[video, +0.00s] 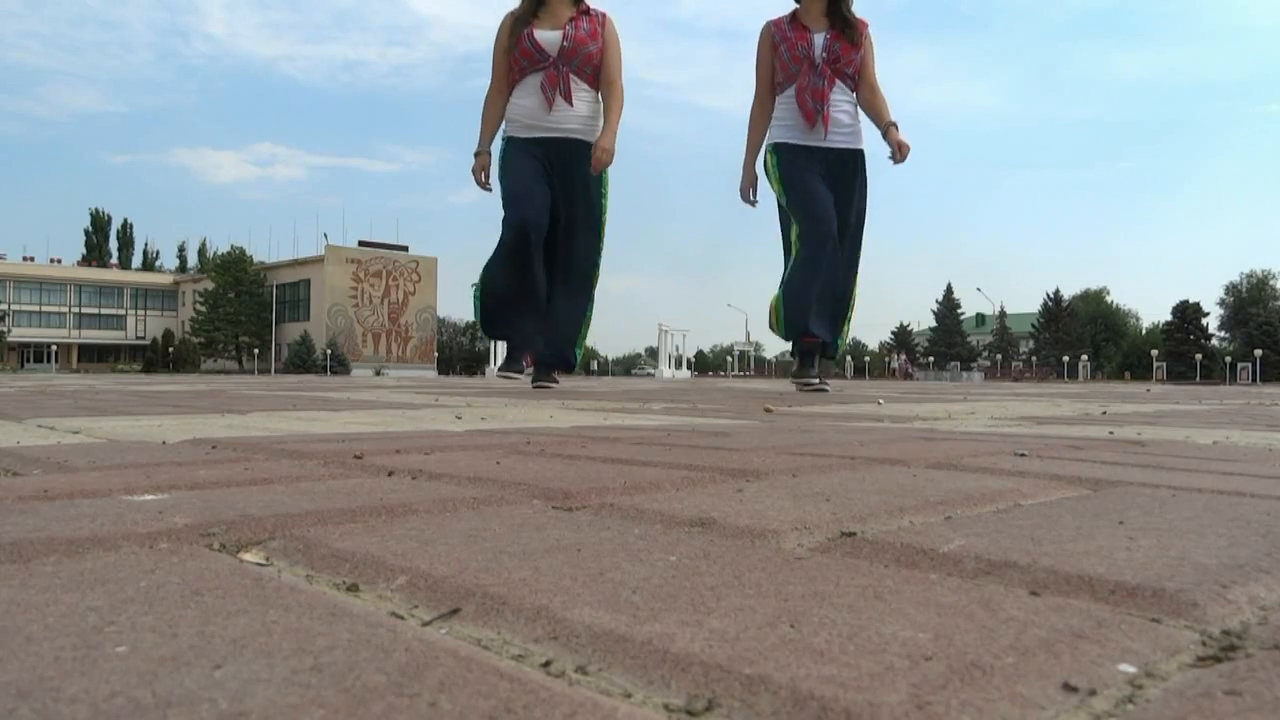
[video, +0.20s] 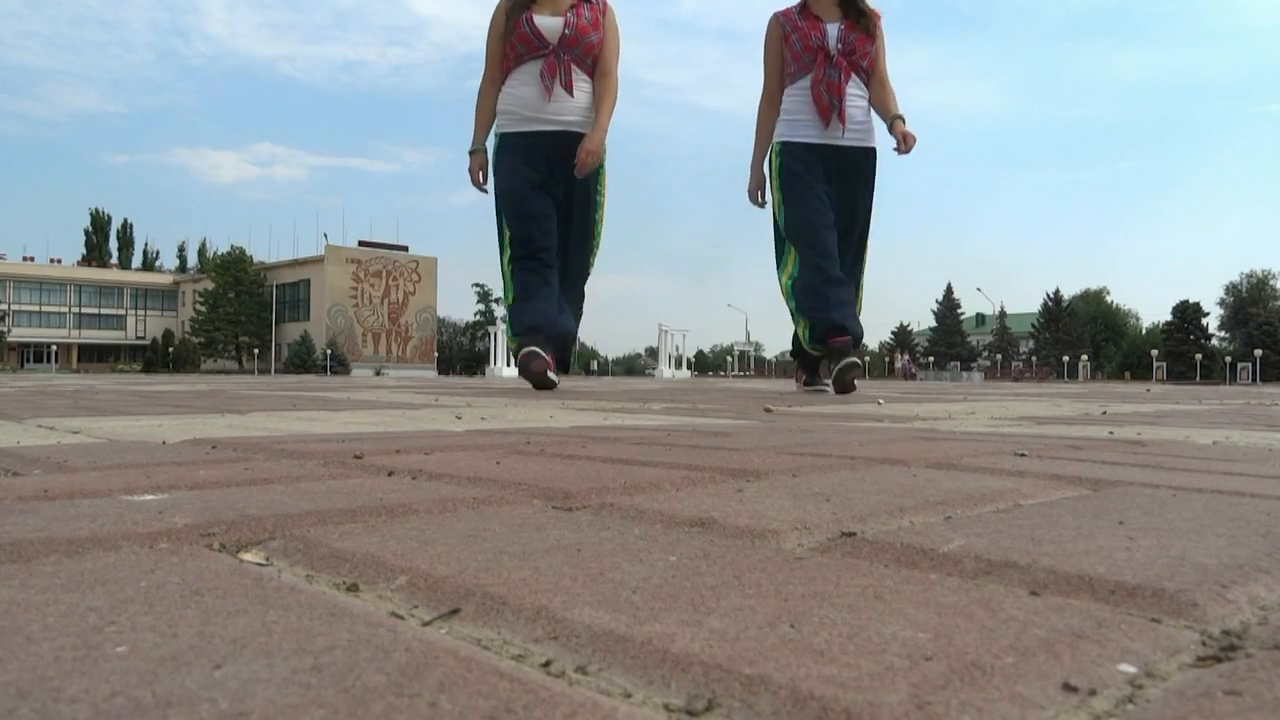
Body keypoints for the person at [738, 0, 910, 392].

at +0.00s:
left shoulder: (857, 30)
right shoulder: (775, 31)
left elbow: (869, 89)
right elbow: (763, 101)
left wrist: (889, 128)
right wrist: (749, 163)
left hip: (845, 152)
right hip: (791, 150)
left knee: (843, 248)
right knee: (820, 231)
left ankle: (820, 357)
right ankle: (805, 350)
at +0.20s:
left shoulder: (868, 20)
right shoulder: (784, 22)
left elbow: (878, 82)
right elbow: (771, 96)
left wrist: (895, 119)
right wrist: (757, 164)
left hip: (856, 150)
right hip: (798, 148)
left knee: (845, 250)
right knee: (816, 243)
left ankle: (811, 359)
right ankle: (841, 349)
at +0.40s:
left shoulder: (885, 6)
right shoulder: (788, 4)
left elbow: (891, 67)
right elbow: (779, 67)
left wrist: (909, 131)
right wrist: (763, 137)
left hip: (869, 127)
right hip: (807, 121)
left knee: (859, 242)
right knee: (818, 236)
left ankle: (824, 353)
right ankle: (845, 359)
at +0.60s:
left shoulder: (894, 5)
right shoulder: (791, 3)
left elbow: (899, 58)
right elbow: (781, 41)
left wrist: (920, 127)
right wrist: (765, 107)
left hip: (877, 112)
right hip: (811, 111)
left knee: (880, 221)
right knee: (819, 235)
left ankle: (871, 321)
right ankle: (844, 359)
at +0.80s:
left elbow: (906, 40)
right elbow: (780, 19)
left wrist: (927, 119)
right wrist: (774, 75)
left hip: (891, 89)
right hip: (820, 89)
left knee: (890, 215)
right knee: (831, 223)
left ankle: (890, 344)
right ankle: (846, 360)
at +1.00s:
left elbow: (926, 26)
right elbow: (794, 5)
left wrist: (950, 108)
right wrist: (776, 80)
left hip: (910, 70)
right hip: (829, 72)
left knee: (903, 215)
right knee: (837, 217)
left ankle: (895, 359)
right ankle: (844, 355)